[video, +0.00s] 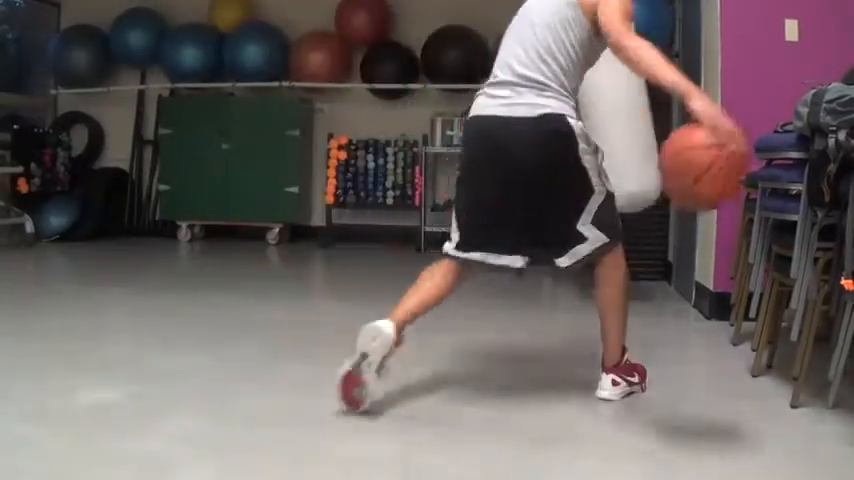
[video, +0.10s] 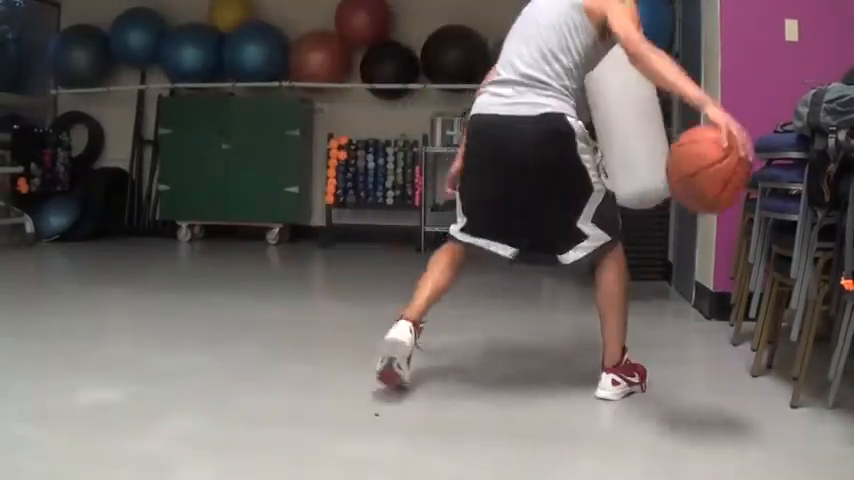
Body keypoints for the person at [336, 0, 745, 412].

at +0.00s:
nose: (626, 19)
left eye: (630, 16)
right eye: (625, 13)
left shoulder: (532, 10)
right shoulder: (600, 3)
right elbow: (624, 41)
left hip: (483, 125)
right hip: (548, 128)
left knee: (458, 256)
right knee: (608, 250)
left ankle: (391, 326)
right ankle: (615, 368)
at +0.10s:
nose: (628, 22)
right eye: (628, 14)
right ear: (606, 1)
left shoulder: (534, 12)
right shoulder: (610, 4)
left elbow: (491, 81)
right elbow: (639, 52)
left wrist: (465, 150)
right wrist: (709, 107)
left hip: (488, 128)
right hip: (549, 130)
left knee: (462, 237)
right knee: (608, 244)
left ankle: (408, 322)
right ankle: (614, 367)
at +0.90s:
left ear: (515, 18)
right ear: (555, 20)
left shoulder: (482, 47)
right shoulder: (568, 52)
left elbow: (457, 106)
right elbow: (562, 111)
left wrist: (442, 175)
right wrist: (560, 187)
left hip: (473, 172)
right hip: (534, 175)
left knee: (441, 243)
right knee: (609, 252)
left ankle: (391, 329)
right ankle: (656, 356)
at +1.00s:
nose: (603, 47)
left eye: (603, 40)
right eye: (602, 39)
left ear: (556, 25)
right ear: (590, 32)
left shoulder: (514, 50)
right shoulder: (588, 53)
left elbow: (479, 112)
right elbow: (570, 107)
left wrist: (463, 176)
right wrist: (564, 180)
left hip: (488, 172)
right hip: (545, 173)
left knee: (456, 248)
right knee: (629, 251)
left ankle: (395, 327)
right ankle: (661, 357)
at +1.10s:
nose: (620, 46)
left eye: (619, 40)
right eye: (620, 39)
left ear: (584, 21)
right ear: (616, 27)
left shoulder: (542, 49)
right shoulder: (605, 45)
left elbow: (494, 106)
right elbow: (585, 85)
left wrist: (469, 173)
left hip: (503, 175)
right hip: (556, 175)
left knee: (472, 254)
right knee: (642, 251)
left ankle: (403, 328)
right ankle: (663, 358)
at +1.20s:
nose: (628, 35)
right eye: (631, 30)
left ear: (592, 14)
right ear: (631, 24)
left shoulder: (554, 44)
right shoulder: (613, 34)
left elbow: (504, 102)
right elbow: (602, 61)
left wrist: (472, 168)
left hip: (512, 166)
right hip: (565, 165)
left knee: (489, 239)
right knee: (646, 248)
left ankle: (421, 315)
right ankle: (663, 358)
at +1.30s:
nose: (630, 27)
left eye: (628, 20)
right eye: (630, 20)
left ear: (586, 11)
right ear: (624, 16)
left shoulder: (548, 40)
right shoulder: (614, 35)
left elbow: (503, 99)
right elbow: (599, 64)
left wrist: (476, 167)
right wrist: (659, 107)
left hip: (513, 163)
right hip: (570, 162)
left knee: (491, 230)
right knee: (644, 247)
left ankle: (439, 317)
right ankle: (662, 357)